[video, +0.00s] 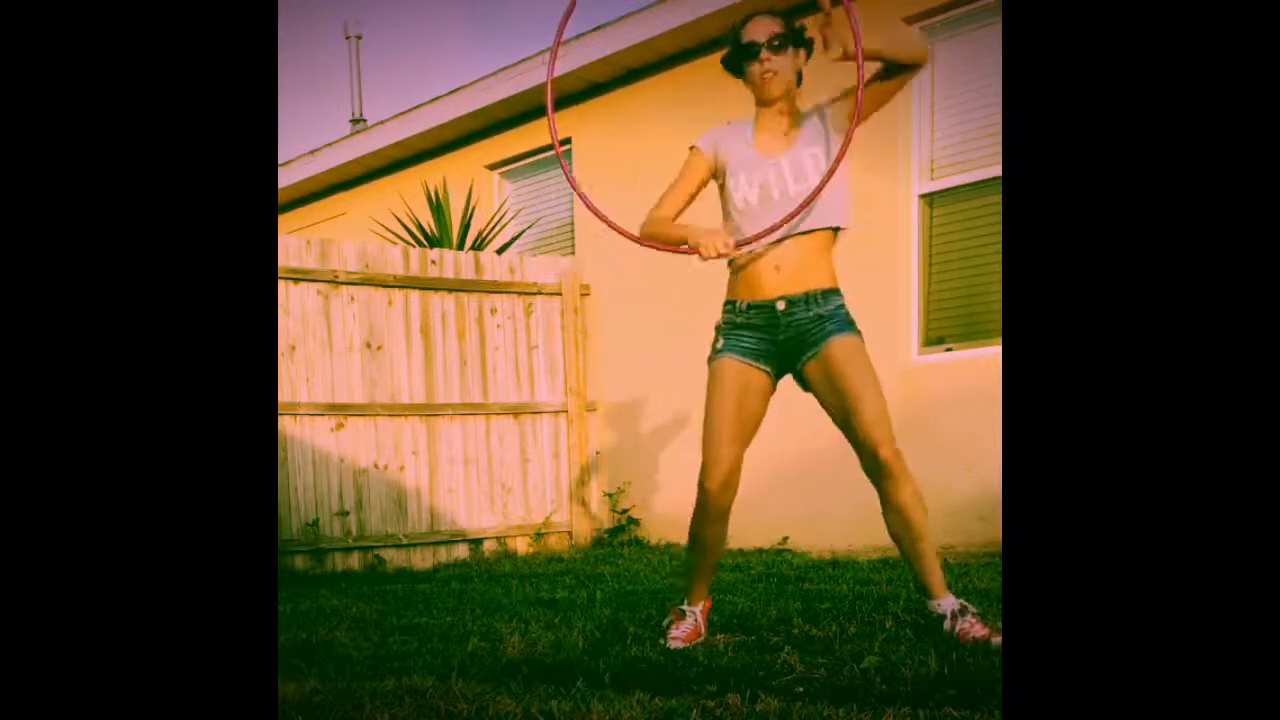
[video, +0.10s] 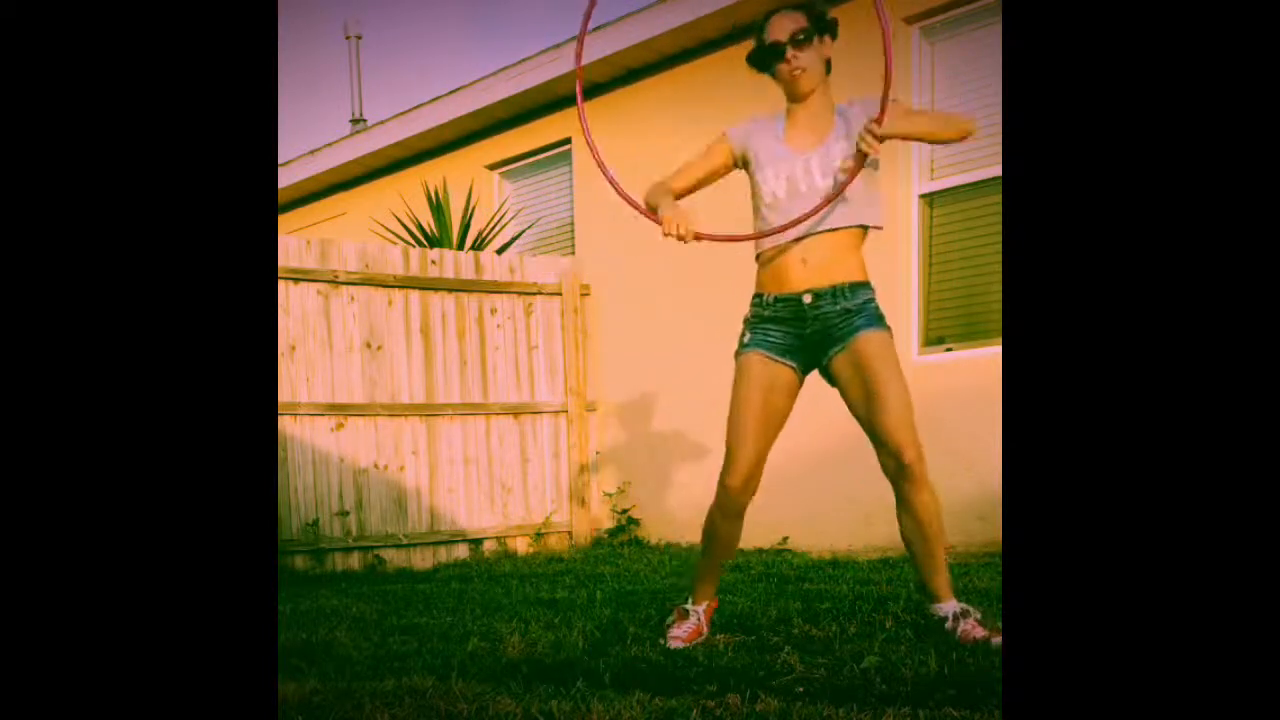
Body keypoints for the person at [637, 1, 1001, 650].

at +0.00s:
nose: (764, 60)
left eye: (777, 48)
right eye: (751, 53)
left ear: (801, 57)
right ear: (739, 70)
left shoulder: (830, 121)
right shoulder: (721, 144)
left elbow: (913, 55)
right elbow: (652, 226)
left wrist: (854, 39)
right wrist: (692, 235)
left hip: (822, 314)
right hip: (745, 324)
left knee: (884, 456)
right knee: (715, 478)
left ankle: (943, 602)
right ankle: (695, 606)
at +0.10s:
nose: (789, 57)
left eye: (799, 41)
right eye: (776, 51)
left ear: (829, 45)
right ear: (766, 66)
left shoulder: (861, 115)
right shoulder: (749, 137)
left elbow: (960, 128)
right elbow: (660, 189)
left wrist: (885, 128)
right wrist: (669, 210)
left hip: (850, 310)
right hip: (772, 318)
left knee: (906, 458)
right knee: (736, 479)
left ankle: (946, 606)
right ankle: (700, 602)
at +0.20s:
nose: (806, 59)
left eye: (814, 41)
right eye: (793, 55)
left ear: (849, 34)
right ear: (789, 66)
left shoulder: (896, 111)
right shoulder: (786, 123)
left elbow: (943, 198)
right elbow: (691, 133)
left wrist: (858, 209)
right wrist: (670, 144)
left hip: (875, 306)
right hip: (798, 314)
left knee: (921, 461)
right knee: (729, 468)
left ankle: (949, 608)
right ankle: (701, 593)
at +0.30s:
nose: (814, 68)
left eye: (821, 50)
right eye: (804, 61)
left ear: (860, 34)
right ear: (804, 66)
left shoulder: (907, 114)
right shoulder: (817, 111)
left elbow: (905, 224)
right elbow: (734, 85)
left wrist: (803, 237)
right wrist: (704, 68)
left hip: (885, 306)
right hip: (813, 312)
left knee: (930, 461)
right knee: (726, 451)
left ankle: (949, 606)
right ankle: (695, 598)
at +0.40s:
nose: (813, 78)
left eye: (819, 58)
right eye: (806, 68)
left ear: (861, 41)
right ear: (812, 72)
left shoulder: (899, 126)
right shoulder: (831, 120)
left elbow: (868, 233)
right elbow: (767, 74)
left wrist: (764, 212)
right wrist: (742, 27)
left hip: (884, 311)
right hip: (817, 315)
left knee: (929, 466)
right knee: (731, 456)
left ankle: (948, 608)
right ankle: (675, 604)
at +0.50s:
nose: (806, 81)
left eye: (812, 62)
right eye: (801, 70)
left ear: (855, 47)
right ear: (826, 65)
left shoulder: (896, 121)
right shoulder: (828, 126)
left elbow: (851, 226)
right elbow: (761, 86)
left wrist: (771, 157)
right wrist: (753, 27)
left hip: (874, 313)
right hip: (809, 320)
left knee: (919, 469)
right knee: (726, 463)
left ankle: (947, 609)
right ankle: (676, 614)